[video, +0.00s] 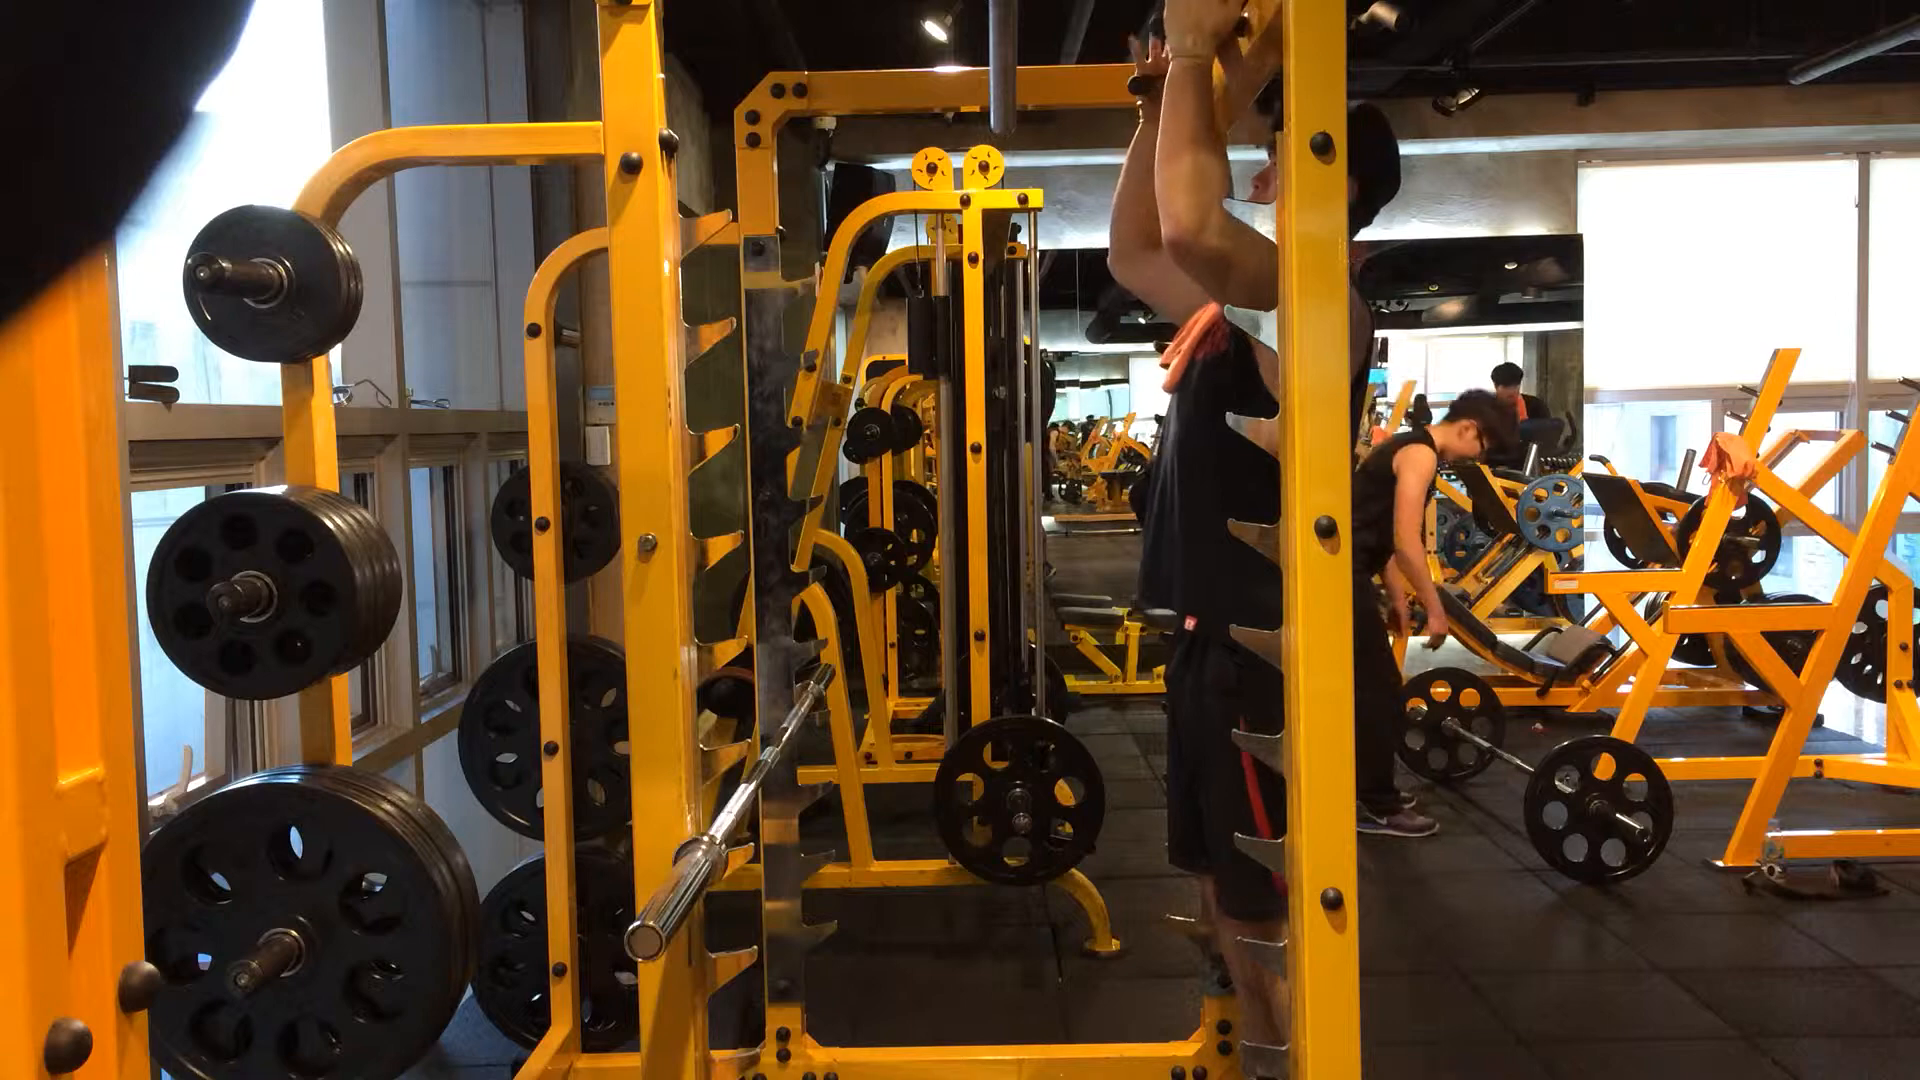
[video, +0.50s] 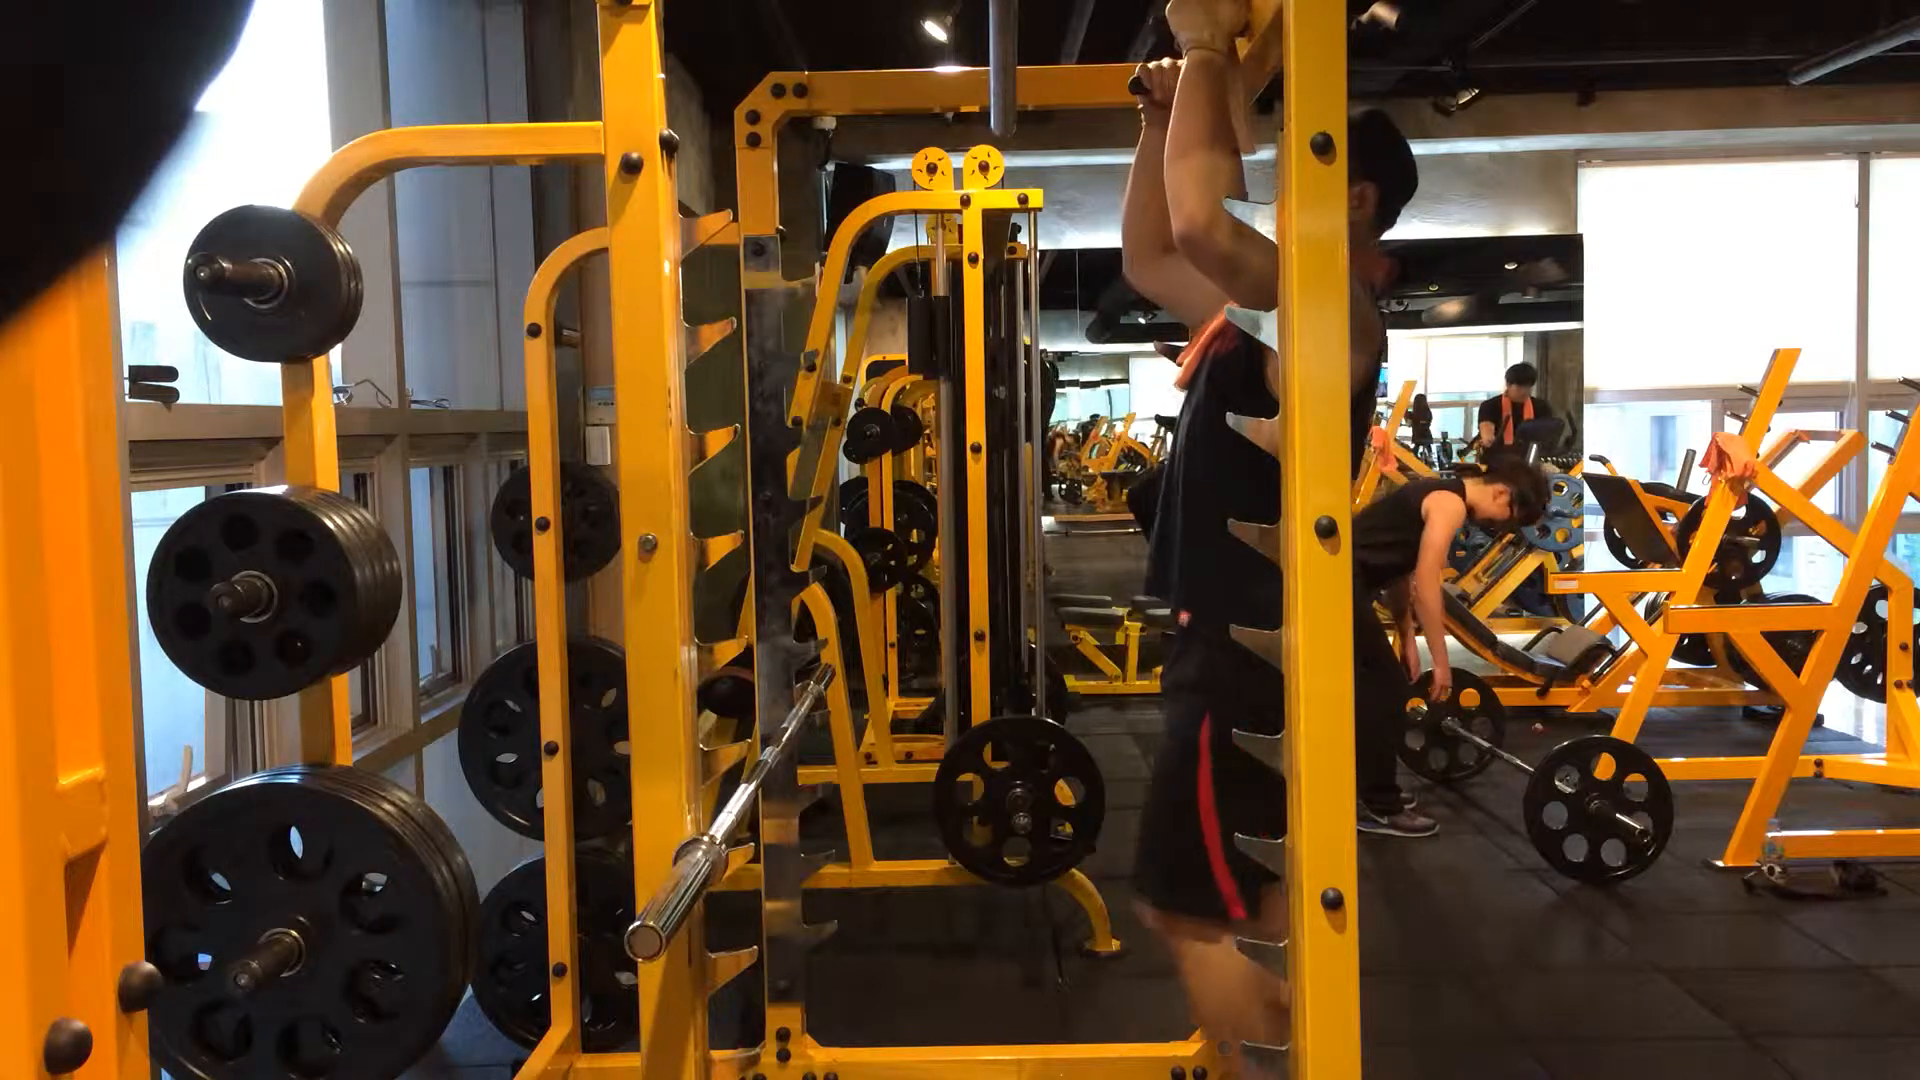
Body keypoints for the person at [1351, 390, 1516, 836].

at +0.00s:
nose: (1475, 458)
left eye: (1481, 452)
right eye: (1481, 447)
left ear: (1459, 425)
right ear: (1467, 426)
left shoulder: (1407, 448)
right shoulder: (1420, 453)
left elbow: (1381, 535)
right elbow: (1406, 540)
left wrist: (1397, 597)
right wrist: (1434, 608)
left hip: (1349, 574)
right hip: (1344, 576)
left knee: (1376, 682)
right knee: (1381, 685)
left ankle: (1375, 785)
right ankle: (1377, 801)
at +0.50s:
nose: (1497, 526)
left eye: (1506, 524)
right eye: (1506, 519)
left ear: (1498, 489)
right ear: (1501, 492)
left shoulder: (1438, 491)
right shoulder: (1449, 504)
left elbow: (1402, 575)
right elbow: (1425, 584)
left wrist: (1407, 638)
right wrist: (1440, 661)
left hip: (1344, 584)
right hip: (1340, 586)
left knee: (1386, 682)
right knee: (1385, 685)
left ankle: (1377, 790)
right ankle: (1377, 802)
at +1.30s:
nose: (1503, 495)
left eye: (1513, 492)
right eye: (1511, 487)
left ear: (1500, 458)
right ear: (1503, 461)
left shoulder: (1446, 474)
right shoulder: (1447, 479)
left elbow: (1401, 542)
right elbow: (1402, 541)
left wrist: (1417, 596)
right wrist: (1442, 596)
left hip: (1355, 582)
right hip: (1351, 584)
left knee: (1381, 683)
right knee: (1389, 683)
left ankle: (1375, 796)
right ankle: (1378, 803)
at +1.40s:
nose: (1501, 488)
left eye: (1509, 484)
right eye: (1508, 480)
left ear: (1495, 454)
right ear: (1498, 456)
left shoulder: (1442, 468)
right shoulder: (1444, 475)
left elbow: (1403, 542)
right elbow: (1404, 542)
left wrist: (1417, 597)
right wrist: (1444, 599)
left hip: (1354, 580)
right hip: (1350, 584)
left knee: (1379, 684)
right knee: (1389, 685)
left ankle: (1373, 795)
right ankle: (1377, 801)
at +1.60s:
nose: (1491, 457)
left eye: (1499, 452)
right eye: (1497, 447)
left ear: (1479, 425)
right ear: (1483, 425)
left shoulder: (1427, 451)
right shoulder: (1433, 457)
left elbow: (1397, 536)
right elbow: (1407, 534)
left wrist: (1414, 594)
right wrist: (1442, 593)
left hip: (1355, 577)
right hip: (1352, 579)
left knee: (1379, 683)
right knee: (1386, 685)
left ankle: (1374, 791)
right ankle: (1378, 800)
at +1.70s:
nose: (1484, 439)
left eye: (1491, 434)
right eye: (1488, 428)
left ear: (1470, 408)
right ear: (1471, 408)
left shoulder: (1419, 435)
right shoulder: (1426, 445)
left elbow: (1391, 535)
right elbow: (1404, 530)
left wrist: (1414, 592)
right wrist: (1437, 591)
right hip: (1359, 576)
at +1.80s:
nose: (1476, 418)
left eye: (1481, 409)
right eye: (1478, 407)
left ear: (1452, 393)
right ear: (1458, 393)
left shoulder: (1410, 428)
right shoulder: (1417, 435)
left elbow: (1392, 522)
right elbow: (1401, 522)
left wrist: (1416, 582)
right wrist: (1430, 585)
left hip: (1360, 572)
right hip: (1360, 576)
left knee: (1376, 682)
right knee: (1386, 684)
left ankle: (1372, 792)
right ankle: (1378, 801)